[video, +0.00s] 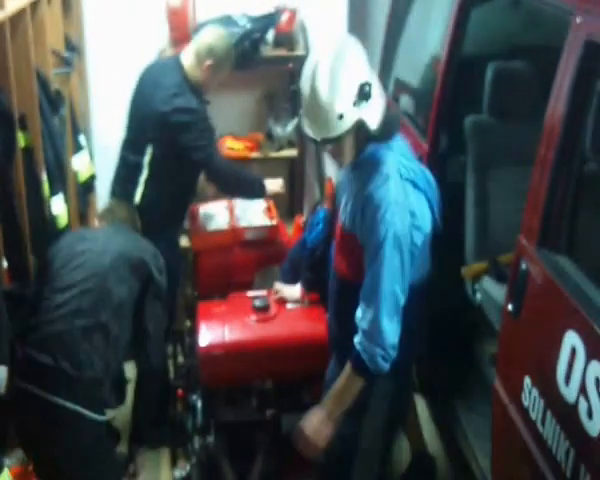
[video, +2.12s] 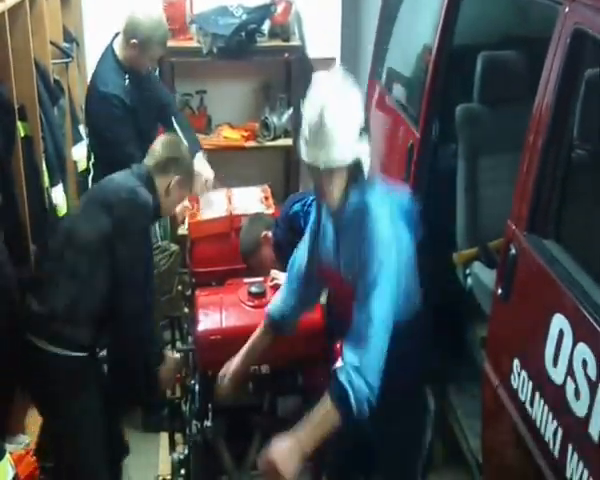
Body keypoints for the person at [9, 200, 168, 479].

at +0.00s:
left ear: (99, 221)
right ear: (136, 226)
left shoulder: (65, 242)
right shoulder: (146, 254)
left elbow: (35, 308)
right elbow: (152, 353)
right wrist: (142, 440)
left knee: (49, 471)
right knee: (93, 471)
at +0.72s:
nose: (152, 213)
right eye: (154, 206)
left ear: (111, 191)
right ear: (151, 204)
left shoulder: (71, 219)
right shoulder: (144, 241)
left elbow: (32, 285)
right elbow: (142, 342)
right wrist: (137, 427)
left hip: (20, 378)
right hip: (71, 395)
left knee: (53, 472)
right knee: (98, 472)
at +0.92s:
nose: (169, 193)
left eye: (170, 183)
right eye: (169, 182)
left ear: (123, 167)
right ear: (155, 176)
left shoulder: (74, 208)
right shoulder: (135, 226)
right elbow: (135, 333)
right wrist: (133, 417)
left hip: (23, 367)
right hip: (66, 381)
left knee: (58, 470)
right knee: (94, 472)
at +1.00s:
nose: (168, 190)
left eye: (171, 179)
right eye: (169, 178)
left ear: (122, 163)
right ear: (154, 171)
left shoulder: (82, 201)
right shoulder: (132, 221)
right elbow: (135, 328)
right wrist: (133, 413)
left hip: (26, 363)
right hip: (63, 376)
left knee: (60, 470)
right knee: (94, 472)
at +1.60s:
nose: (174, 225)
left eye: (181, 218)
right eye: (178, 216)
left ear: (159, 194)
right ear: (161, 198)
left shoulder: (117, 207)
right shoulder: (94, 229)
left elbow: (123, 302)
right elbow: (84, 347)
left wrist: (141, 360)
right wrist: (108, 438)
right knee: (79, 471)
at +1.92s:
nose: (189, 213)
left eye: (193, 204)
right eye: (191, 203)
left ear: (171, 189)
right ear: (173, 193)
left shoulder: (130, 201)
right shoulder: (113, 215)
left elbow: (128, 309)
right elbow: (101, 317)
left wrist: (156, 364)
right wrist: (113, 406)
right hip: (60, 370)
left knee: (113, 463)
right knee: (82, 466)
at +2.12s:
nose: (180, 209)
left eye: (186, 201)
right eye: (184, 198)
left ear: (160, 174)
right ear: (172, 184)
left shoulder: (121, 186)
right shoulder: (134, 201)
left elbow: (133, 293)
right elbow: (134, 299)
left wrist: (152, 356)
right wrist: (150, 369)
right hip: (65, 353)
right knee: (99, 456)